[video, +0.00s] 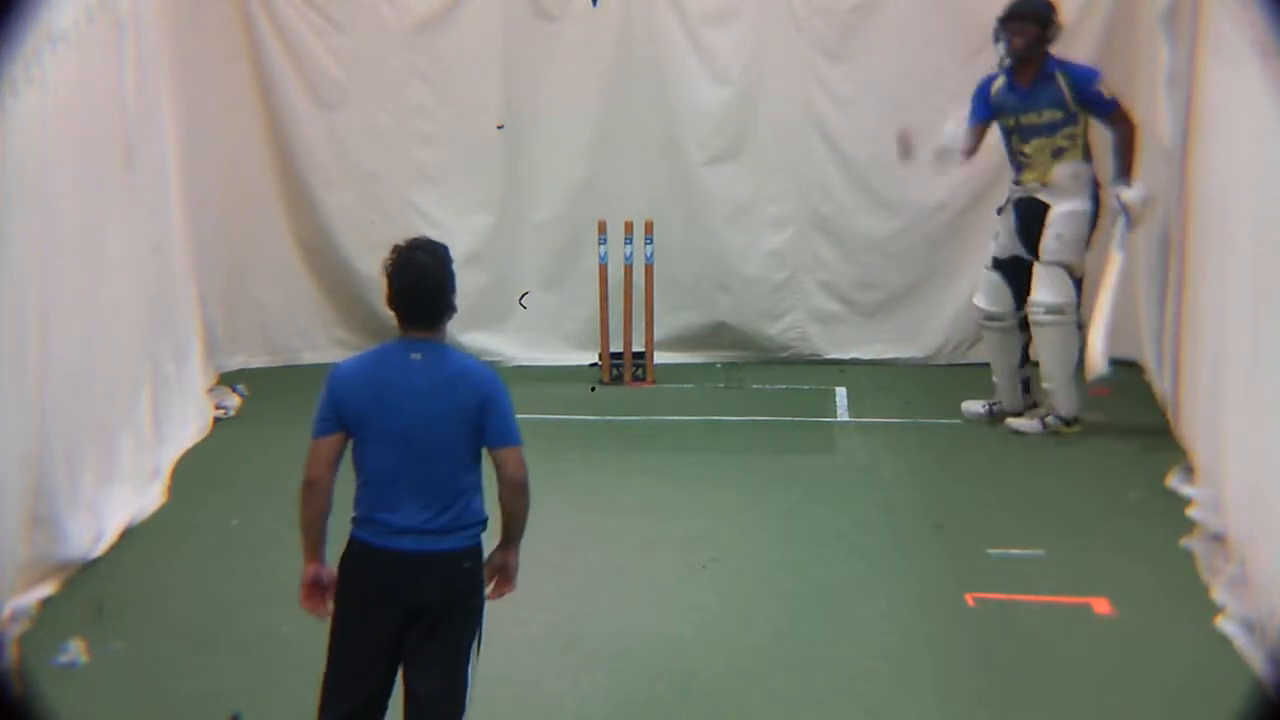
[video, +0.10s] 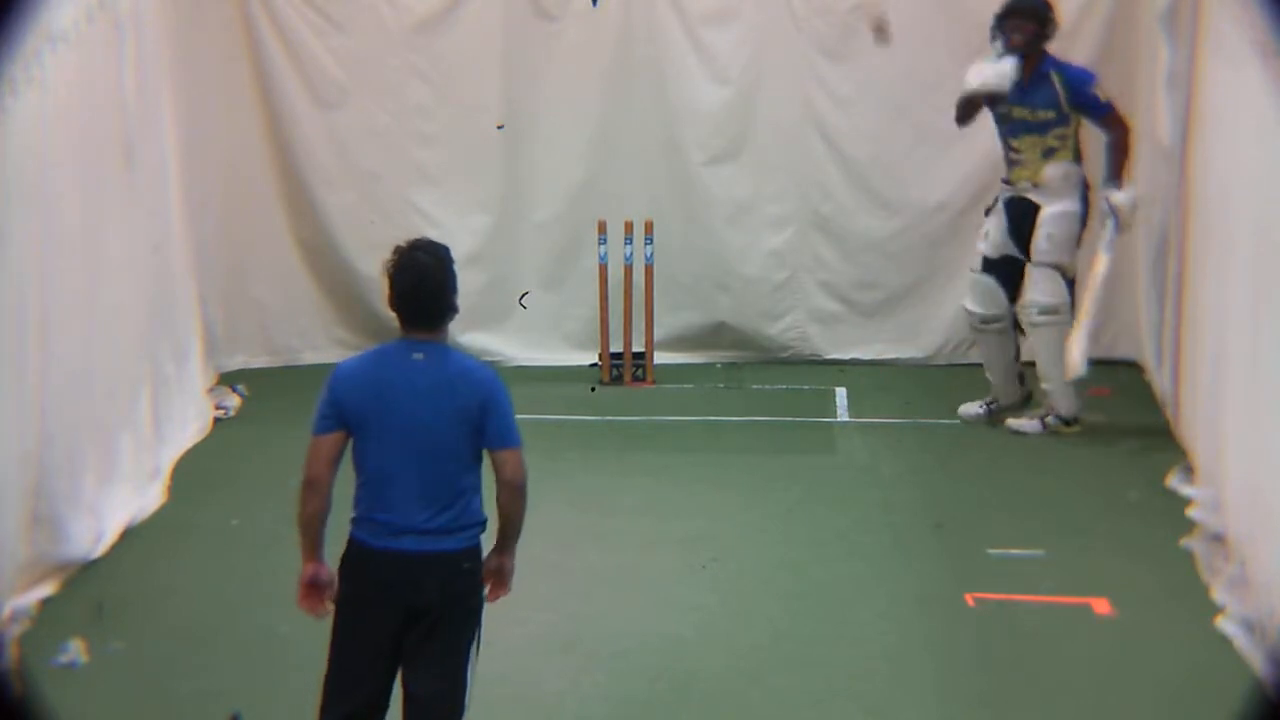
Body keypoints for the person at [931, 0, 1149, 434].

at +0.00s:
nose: (1017, 43)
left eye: (1027, 35)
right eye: (1011, 34)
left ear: (1045, 38)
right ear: (1001, 37)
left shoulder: (1074, 81)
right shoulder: (991, 91)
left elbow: (1123, 124)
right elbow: (967, 147)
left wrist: (1123, 184)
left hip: (1072, 198)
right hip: (1024, 198)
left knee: (1051, 298)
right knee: (996, 297)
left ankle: (1062, 411)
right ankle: (1012, 401)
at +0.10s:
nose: (1019, 38)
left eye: (1028, 30)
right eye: (1012, 29)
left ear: (1045, 35)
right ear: (1000, 33)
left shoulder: (1067, 81)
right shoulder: (994, 76)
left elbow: (1117, 128)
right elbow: (963, 119)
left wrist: (1115, 191)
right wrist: (980, 90)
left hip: (1060, 200)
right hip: (1014, 197)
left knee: (1042, 303)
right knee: (987, 297)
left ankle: (1062, 409)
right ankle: (1008, 395)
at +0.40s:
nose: (992, 40)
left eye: (1003, 32)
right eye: (988, 30)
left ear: (1020, 39)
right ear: (977, 33)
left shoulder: (1032, 88)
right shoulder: (967, 85)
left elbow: (1072, 143)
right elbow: (937, 140)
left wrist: (1054, 203)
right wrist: (949, 136)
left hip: (1019, 209)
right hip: (975, 206)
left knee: (1024, 308)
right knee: (934, 295)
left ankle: (1061, 409)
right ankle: (922, 396)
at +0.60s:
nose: (939, 54)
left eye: (950, 47)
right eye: (936, 44)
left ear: (970, 50)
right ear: (929, 41)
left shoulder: (977, 89)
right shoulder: (937, 83)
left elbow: (1004, 147)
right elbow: (945, 139)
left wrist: (979, 206)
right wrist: (918, 164)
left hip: (978, 208)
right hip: (940, 205)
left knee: (995, 306)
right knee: (904, 297)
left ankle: (1054, 404)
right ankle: (895, 401)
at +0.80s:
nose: (890, 46)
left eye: (896, 38)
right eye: (889, 38)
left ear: (920, 36)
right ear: (910, 38)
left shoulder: (934, 80)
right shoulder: (912, 79)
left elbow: (935, 142)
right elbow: (906, 144)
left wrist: (895, 193)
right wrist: (879, 174)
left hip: (936, 194)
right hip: (911, 194)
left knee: (924, 298)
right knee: (888, 295)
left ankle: (1010, 387)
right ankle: (895, 401)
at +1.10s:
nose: (843, 56)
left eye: (847, 47)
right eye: (841, 49)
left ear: (868, 39)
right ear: (865, 41)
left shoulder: (893, 77)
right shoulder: (870, 79)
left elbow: (890, 142)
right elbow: (867, 143)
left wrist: (843, 178)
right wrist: (830, 165)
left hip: (896, 193)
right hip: (875, 191)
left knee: (850, 286)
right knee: (879, 294)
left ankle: (852, 399)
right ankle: (894, 394)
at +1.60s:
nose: (763, 62)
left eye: (767, 53)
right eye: (761, 54)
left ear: (790, 46)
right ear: (796, 46)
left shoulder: (812, 81)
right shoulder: (800, 80)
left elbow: (776, 137)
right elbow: (781, 136)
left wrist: (738, 143)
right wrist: (743, 135)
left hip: (809, 202)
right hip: (793, 199)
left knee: (774, 303)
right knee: (761, 289)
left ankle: (797, 410)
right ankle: (823, 363)